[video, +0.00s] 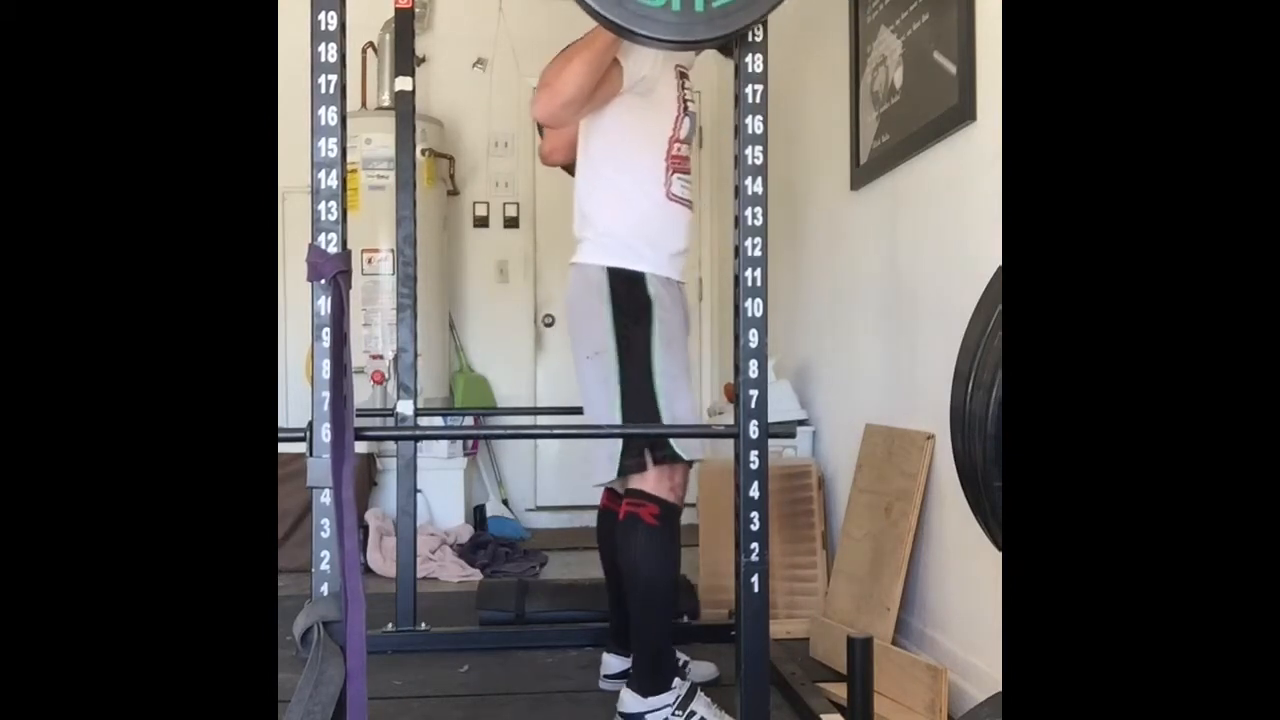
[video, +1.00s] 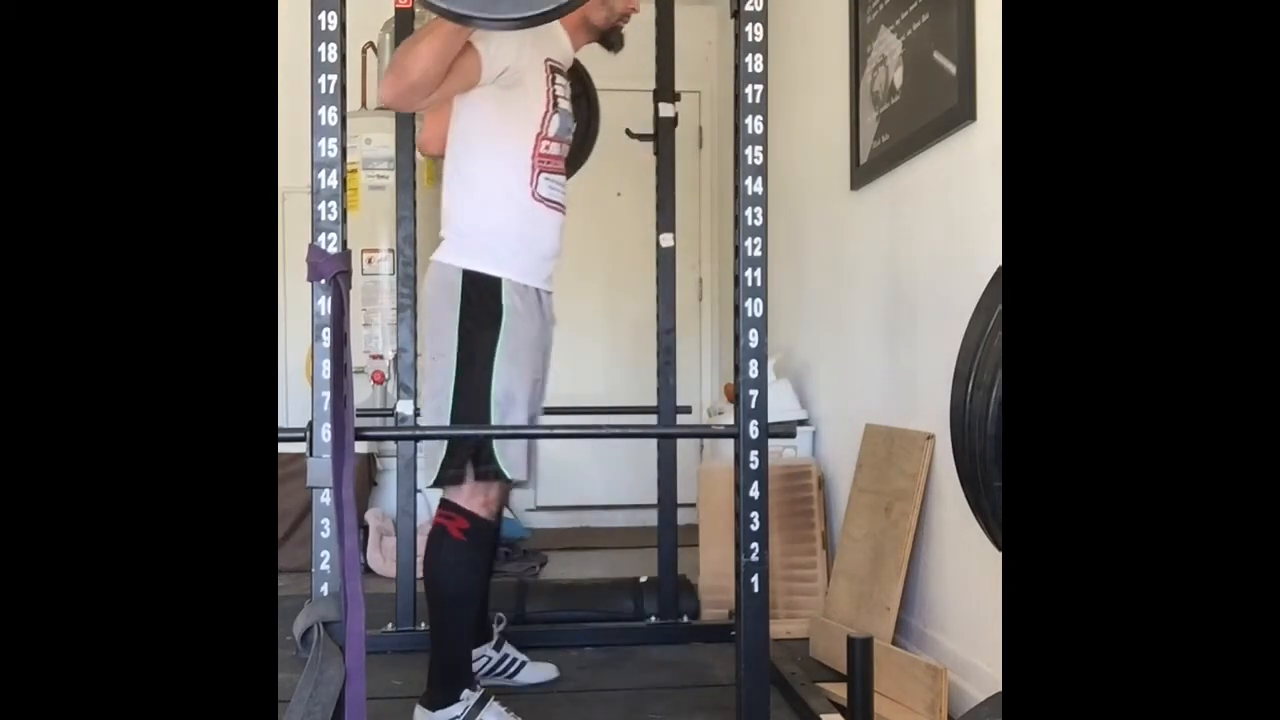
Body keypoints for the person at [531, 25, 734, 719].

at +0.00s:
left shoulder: (665, 55)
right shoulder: (627, 38)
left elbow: (554, 147)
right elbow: (549, 105)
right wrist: (619, 19)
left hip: (646, 279)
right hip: (622, 279)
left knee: (643, 470)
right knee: (659, 470)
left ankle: (629, 649)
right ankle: (653, 689)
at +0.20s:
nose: (700, 27)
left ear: (656, 4)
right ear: (655, 2)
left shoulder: (645, 57)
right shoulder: (611, 40)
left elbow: (535, 148)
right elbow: (528, 106)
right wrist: (596, 20)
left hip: (630, 278)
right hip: (599, 278)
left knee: (633, 472)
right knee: (630, 472)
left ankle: (630, 650)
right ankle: (542, 670)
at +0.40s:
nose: (700, 26)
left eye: (701, 18)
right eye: (694, 15)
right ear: (654, 4)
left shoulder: (632, 60)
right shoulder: (574, 43)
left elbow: (514, 148)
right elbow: (488, 102)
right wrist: (558, 19)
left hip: (622, 289)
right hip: (571, 286)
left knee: (638, 475)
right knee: (555, 482)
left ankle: (631, 649)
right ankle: (459, 686)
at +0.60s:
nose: (679, 11)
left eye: (680, 5)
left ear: (647, 5)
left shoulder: (592, 58)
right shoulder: (553, 28)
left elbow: (473, 137)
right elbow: (442, 89)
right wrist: (515, 4)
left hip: (562, 291)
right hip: (518, 285)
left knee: (588, 475)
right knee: (498, 490)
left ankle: (624, 629)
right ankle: (449, 696)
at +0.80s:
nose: (653, 7)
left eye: (656, 3)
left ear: (621, 6)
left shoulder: (569, 55)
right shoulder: (527, 23)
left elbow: (444, 132)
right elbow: (409, 81)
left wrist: (521, 145)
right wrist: (477, 3)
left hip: (538, 288)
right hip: (491, 283)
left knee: (567, 454)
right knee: (479, 486)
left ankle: (500, 613)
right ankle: (447, 698)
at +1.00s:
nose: (635, 10)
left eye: (636, 5)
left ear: (602, 9)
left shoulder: (551, 57)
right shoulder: (509, 31)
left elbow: (434, 134)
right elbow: (397, 90)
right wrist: (453, 14)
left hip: (518, 286)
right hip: (480, 283)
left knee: (492, 484)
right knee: (472, 489)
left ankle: (475, 646)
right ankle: (445, 696)